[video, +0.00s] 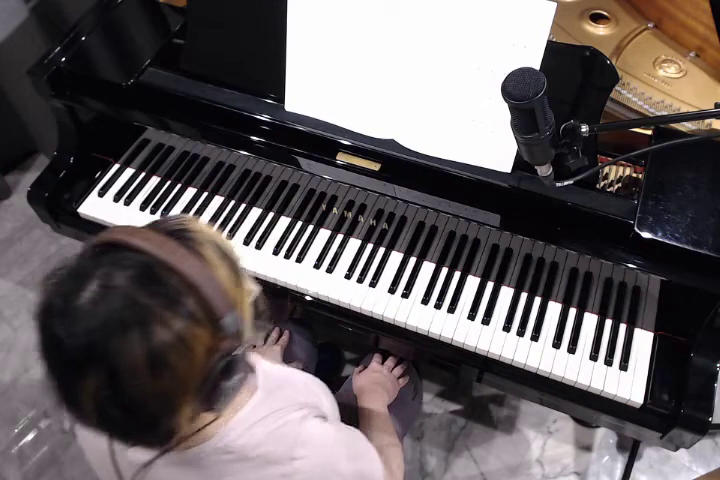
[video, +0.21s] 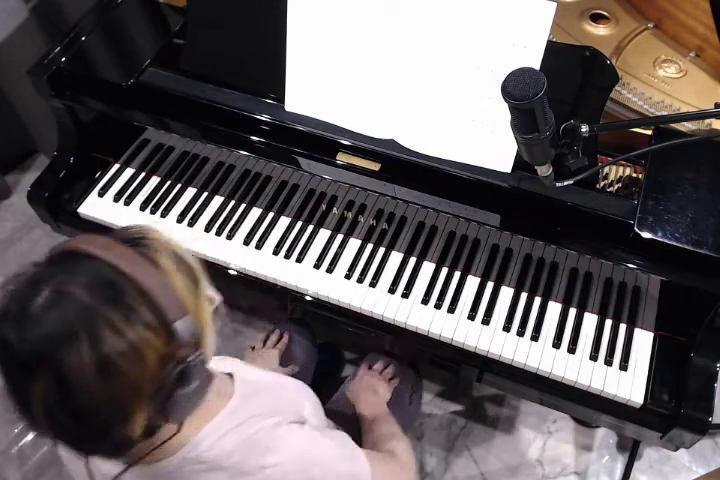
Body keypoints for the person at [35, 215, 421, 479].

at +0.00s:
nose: (245, 287)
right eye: (234, 287)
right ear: (223, 342)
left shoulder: (94, 422)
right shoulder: (321, 451)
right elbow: (385, 469)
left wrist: (261, 363)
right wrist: (374, 405)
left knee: (294, 336)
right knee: (397, 370)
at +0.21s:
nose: (208, 286)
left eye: (194, 279)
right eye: (198, 291)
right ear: (186, 361)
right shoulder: (290, 456)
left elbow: (169, 401)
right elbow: (396, 468)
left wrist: (252, 373)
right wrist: (374, 411)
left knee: (292, 334)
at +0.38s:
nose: (185, 307)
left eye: (173, 301)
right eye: (175, 309)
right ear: (159, 368)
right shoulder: (269, 462)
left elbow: (190, 383)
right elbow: (418, 464)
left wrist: (254, 364)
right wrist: (384, 389)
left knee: (298, 347)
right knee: (391, 363)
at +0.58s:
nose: (175, 319)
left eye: (163, 311)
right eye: (165, 322)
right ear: (146, 371)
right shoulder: (263, 466)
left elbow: (146, 378)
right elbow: (423, 444)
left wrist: (236, 336)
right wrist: (378, 329)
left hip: (227, 387)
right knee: (382, 345)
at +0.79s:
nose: (175, 319)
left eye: (162, 314)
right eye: (163, 322)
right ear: (147, 379)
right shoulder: (279, 465)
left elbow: (181, 358)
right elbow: (386, 416)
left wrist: (267, 298)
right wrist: (386, 282)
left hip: (232, 381)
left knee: (284, 331)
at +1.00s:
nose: (200, 295)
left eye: (185, 292)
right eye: (187, 300)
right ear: (180, 362)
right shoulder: (288, 462)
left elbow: (208, 350)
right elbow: (378, 423)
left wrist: (294, 301)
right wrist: (387, 301)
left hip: (251, 377)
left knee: (292, 337)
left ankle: (316, 387)